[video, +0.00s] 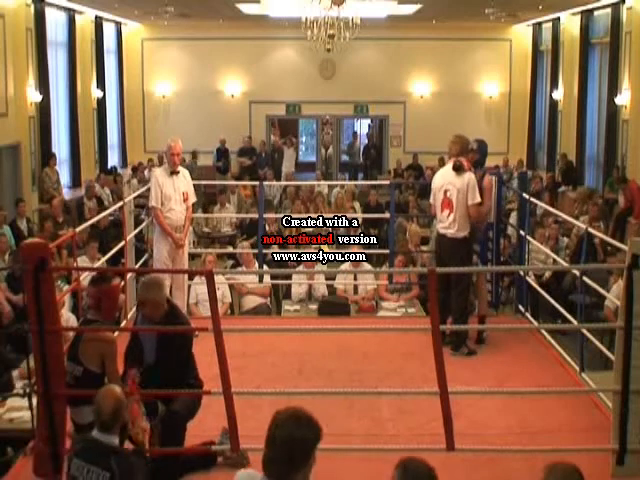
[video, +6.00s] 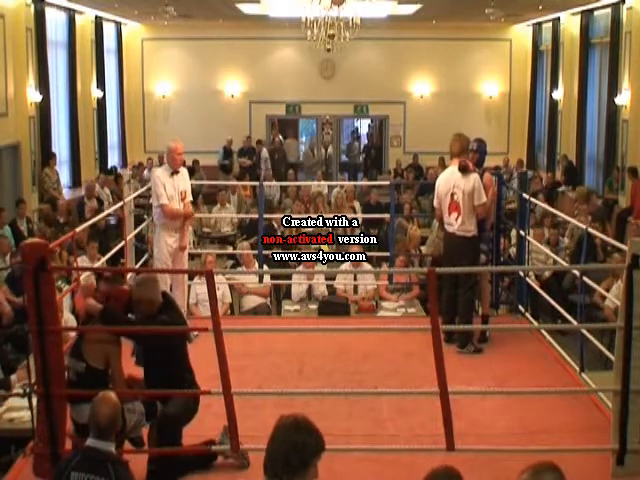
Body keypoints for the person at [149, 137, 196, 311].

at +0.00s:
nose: (175, 159)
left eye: (178, 155)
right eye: (172, 155)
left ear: (182, 156)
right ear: (166, 156)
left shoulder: (185, 174)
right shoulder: (157, 174)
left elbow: (189, 204)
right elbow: (155, 208)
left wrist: (185, 232)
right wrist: (172, 234)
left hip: (182, 228)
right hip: (164, 227)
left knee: (181, 271)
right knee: (163, 271)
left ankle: (181, 311)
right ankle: (162, 311)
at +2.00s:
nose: (175, 159)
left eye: (178, 155)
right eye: (172, 155)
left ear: (181, 155)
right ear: (165, 156)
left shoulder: (185, 174)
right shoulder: (158, 174)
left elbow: (189, 204)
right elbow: (154, 207)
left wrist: (184, 232)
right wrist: (171, 234)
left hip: (182, 226)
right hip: (164, 225)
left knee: (181, 267)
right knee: (163, 266)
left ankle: (181, 301)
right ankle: (163, 303)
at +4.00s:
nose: (176, 159)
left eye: (179, 155)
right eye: (172, 155)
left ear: (182, 155)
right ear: (166, 156)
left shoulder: (185, 174)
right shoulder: (158, 175)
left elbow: (189, 204)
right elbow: (156, 209)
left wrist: (184, 233)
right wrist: (172, 235)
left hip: (182, 227)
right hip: (164, 226)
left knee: (181, 270)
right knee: (163, 269)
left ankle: (182, 306)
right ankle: (163, 308)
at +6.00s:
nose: (181, 158)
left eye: (182, 154)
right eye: (177, 155)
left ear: (183, 156)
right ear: (167, 156)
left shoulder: (184, 172)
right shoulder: (158, 174)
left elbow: (187, 203)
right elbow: (166, 209)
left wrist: (184, 233)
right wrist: (185, 212)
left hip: (182, 226)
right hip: (165, 227)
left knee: (181, 271)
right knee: (163, 270)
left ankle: (180, 312)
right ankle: (162, 310)